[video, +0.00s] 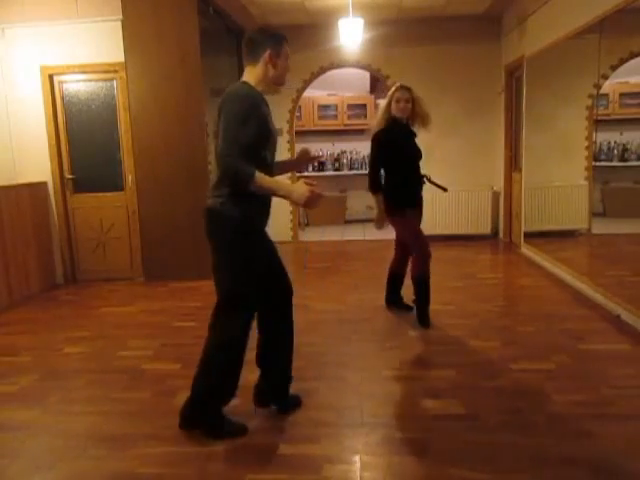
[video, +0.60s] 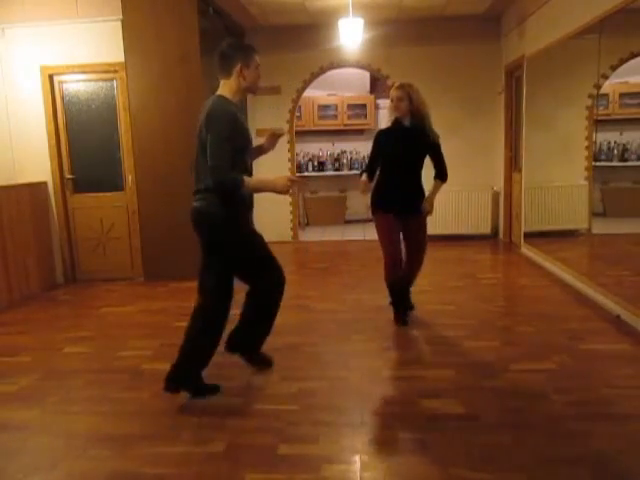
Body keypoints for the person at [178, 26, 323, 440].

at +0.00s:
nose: (286, 74)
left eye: (287, 66)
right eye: (285, 65)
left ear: (262, 59)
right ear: (270, 60)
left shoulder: (250, 101)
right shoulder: (242, 99)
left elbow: (250, 166)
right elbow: (233, 166)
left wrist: (289, 165)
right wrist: (284, 188)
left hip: (244, 221)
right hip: (232, 222)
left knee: (277, 297)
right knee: (236, 307)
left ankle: (273, 389)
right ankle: (201, 410)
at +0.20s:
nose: (272, 72)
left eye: (271, 64)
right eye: (270, 64)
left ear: (244, 60)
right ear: (257, 62)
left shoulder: (229, 100)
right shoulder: (233, 104)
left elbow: (231, 171)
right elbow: (235, 175)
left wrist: (268, 165)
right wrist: (286, 190)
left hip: (222, 216)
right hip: (221, 220)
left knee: (269, 279)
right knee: (225, 309)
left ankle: (229, 359)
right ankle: (198, 417)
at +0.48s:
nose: (258, 74)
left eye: (257, 67)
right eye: (255, 66)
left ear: (231, 66)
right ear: (240, 66)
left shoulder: (220, 105)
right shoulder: (221, 109)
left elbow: (226, 166)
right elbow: (224, 177)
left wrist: (257, 151)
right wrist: (274, 185)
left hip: (212, 211)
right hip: (218, 214)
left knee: (226, 295)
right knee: (264, 288)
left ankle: (187, 372)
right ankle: (226, 376)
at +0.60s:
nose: (259, 78)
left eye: (258, 71)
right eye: (256, 71)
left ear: (234, 72)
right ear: (240, 71)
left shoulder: (225, 108)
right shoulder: (221, 112)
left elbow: (230, 162)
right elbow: (221, 177)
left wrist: (260, 149)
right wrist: (268, 184)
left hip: (216, 213)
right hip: (221, 216)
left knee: (215, 296)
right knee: (270, 279)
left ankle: (186, 372)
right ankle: (245, 341)